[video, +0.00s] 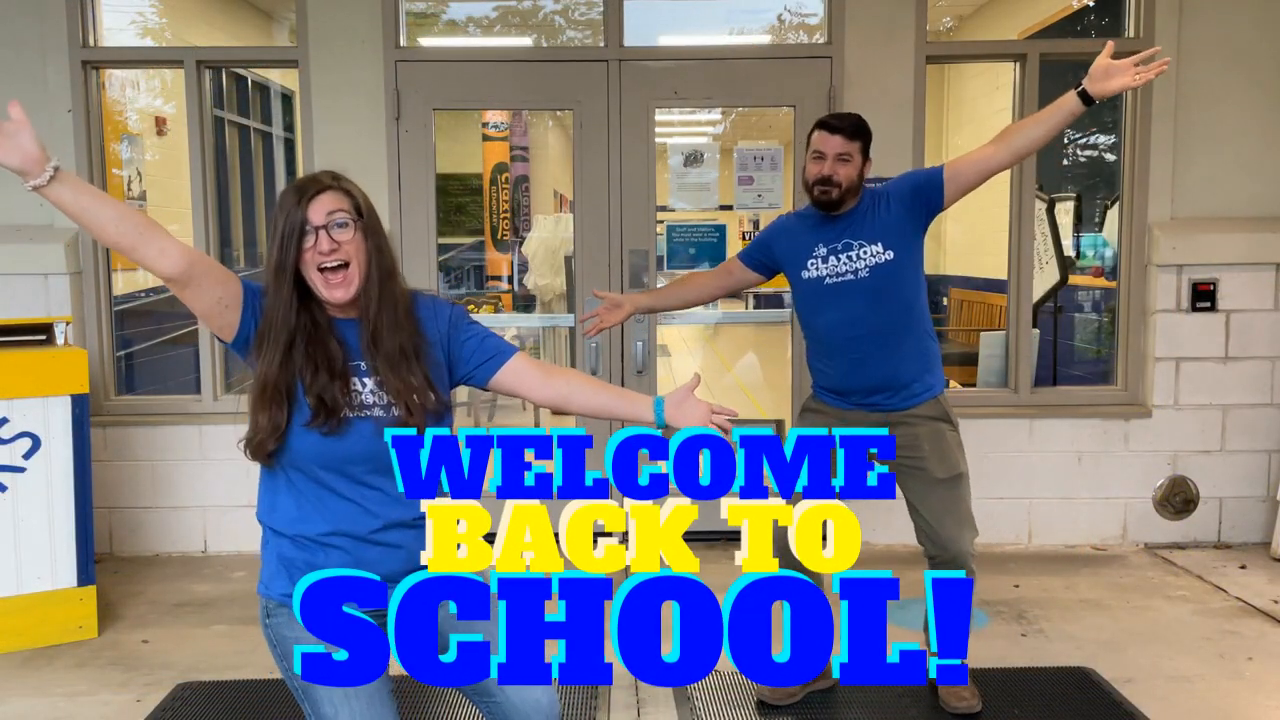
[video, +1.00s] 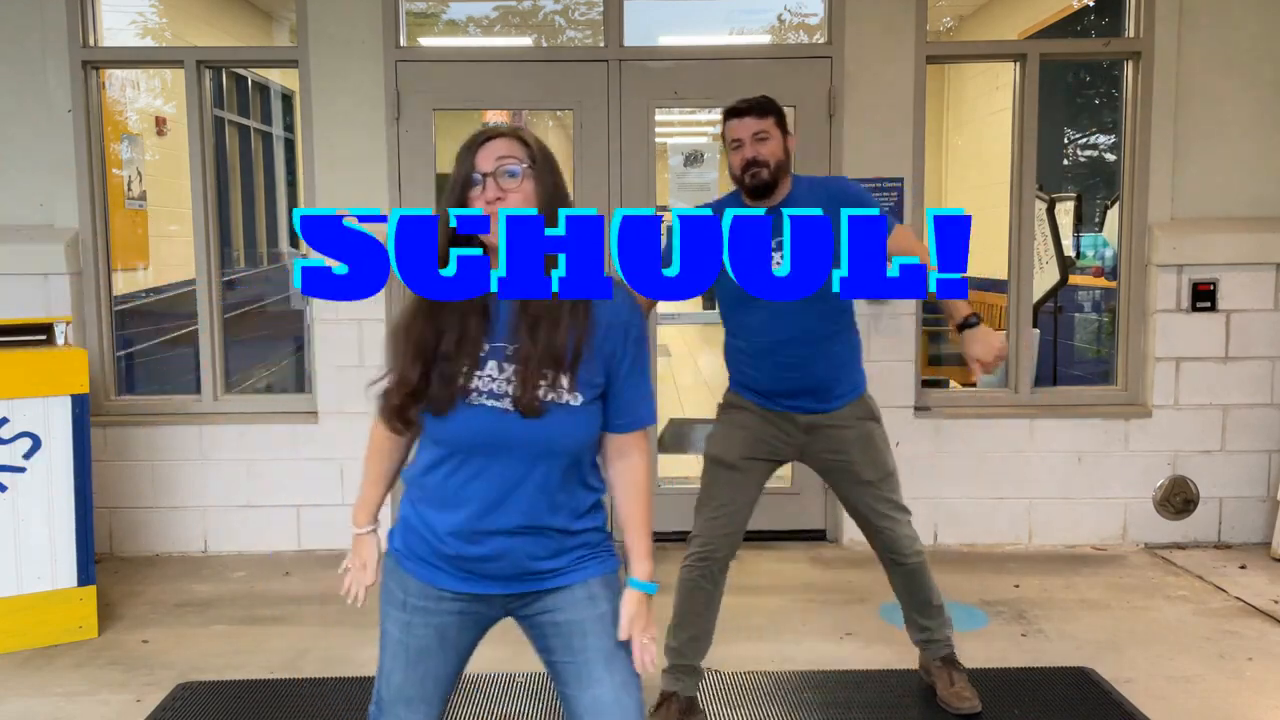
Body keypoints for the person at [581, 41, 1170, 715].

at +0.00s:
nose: (827, 168)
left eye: (841, 159)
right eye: (818, 156)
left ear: (864, 165)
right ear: (806, 162)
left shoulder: (904, 199)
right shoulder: (786, 235)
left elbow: (999, 152)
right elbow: (718, 281)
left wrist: (1084, 93)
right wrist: (638, 302)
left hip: (918, 411)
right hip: (832, 412)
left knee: (952, 544)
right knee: (802, 538)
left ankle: (951, 663)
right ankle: (803, 659)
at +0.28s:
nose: (839, 161)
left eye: (853, 151)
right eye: (829, 149)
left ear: (879, 153)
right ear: (818, 151)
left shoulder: (922, 189)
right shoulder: (799, 221)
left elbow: (1028, 179)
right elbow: (722, 277)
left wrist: (1131, 165)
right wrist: (656, 333)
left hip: (927, 404)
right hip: (840, 403)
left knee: (946, 545)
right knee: (807, 537)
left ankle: (948, 668)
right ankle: (809, 663)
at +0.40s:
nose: (849, 170)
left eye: (863, 158)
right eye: (838, 158)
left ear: (887, 165)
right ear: (824, 164)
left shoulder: (931, 215)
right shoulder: (805, 236)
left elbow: (1025, 261)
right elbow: (763, 319)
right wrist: (721, 389)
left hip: (934, 413)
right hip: (849, 412)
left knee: (951, 552)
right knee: (813, 537)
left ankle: (947, 663)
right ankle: (807, 656)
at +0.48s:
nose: (855, 175)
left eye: (869, 164)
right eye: (844, 164)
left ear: (892, 170)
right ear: (831, 171)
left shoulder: (938, 231)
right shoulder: (811, 245)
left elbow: (984, 320)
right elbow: (804, 338)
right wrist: (785, 423)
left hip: (939, 419)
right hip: (850, 419)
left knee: (954, 555)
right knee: (817, 544)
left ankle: (949, 670)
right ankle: (808, 661)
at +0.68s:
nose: (846, 155)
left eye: (860, 143)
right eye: (835, 144)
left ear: (885, 152)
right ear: (821, 153)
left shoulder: (930, 213)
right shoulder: (801, 222)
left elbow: (974, 296)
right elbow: (765, 294)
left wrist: (992, 387)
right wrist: (746, 359)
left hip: (920, 410)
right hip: (829, 406)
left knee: (944, 546)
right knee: (786, 519)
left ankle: (950, 667)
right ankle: (795, 651)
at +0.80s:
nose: (819, 145)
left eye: (833, 132)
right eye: (807, 134)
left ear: (858, 138)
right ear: (794, 145)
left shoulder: (905, 194)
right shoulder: (773, 212)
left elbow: (975, 266)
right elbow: (723, 276)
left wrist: (1013, 348)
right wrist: (686, 336)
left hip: (898, 398)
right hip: (810, 394)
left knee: (933, 529)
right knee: (763, 523)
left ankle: (942, 657)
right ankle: (720, 663)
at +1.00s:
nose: (750, 152)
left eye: (761, 138)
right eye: (736, 144)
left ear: (788, 142)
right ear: (725, 156)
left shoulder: (833, 199)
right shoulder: (715, 221)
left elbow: (917, 252)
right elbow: (647, 297)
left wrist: (968, 326)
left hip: (840, 412)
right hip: (751, 412)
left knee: (899, 542)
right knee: (708, 548)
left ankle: (940, 657)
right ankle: (678, 690)